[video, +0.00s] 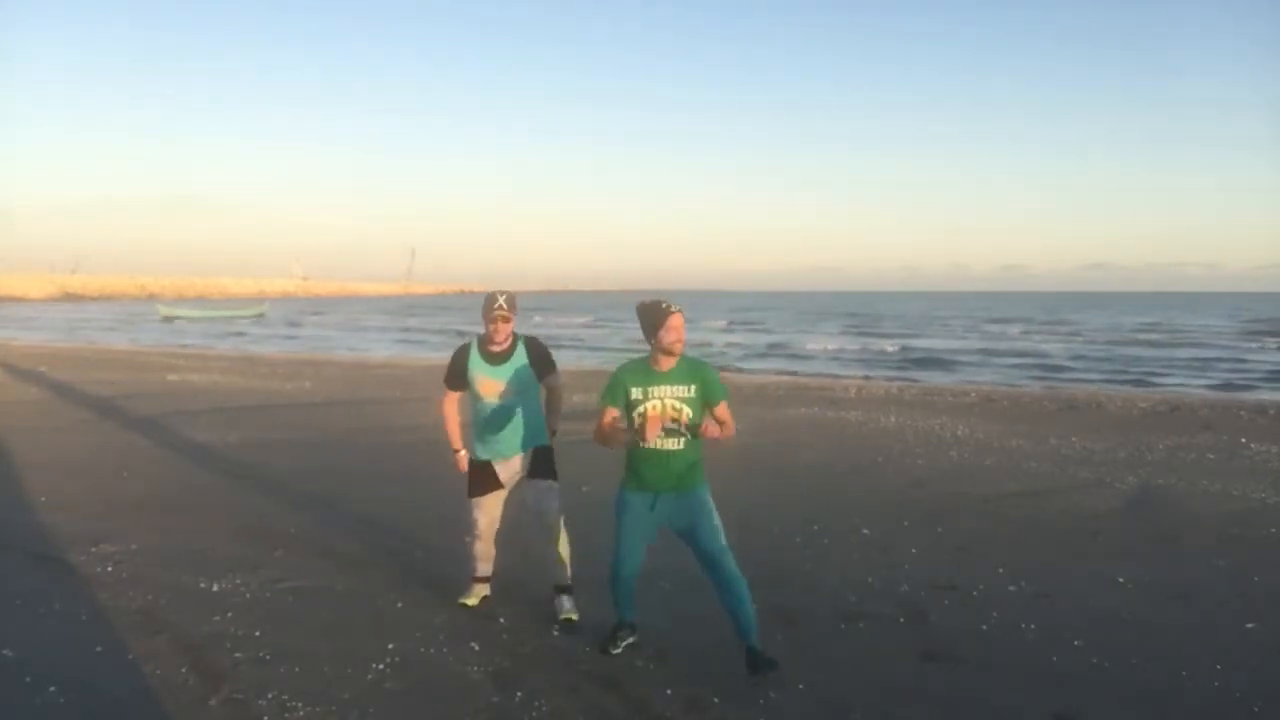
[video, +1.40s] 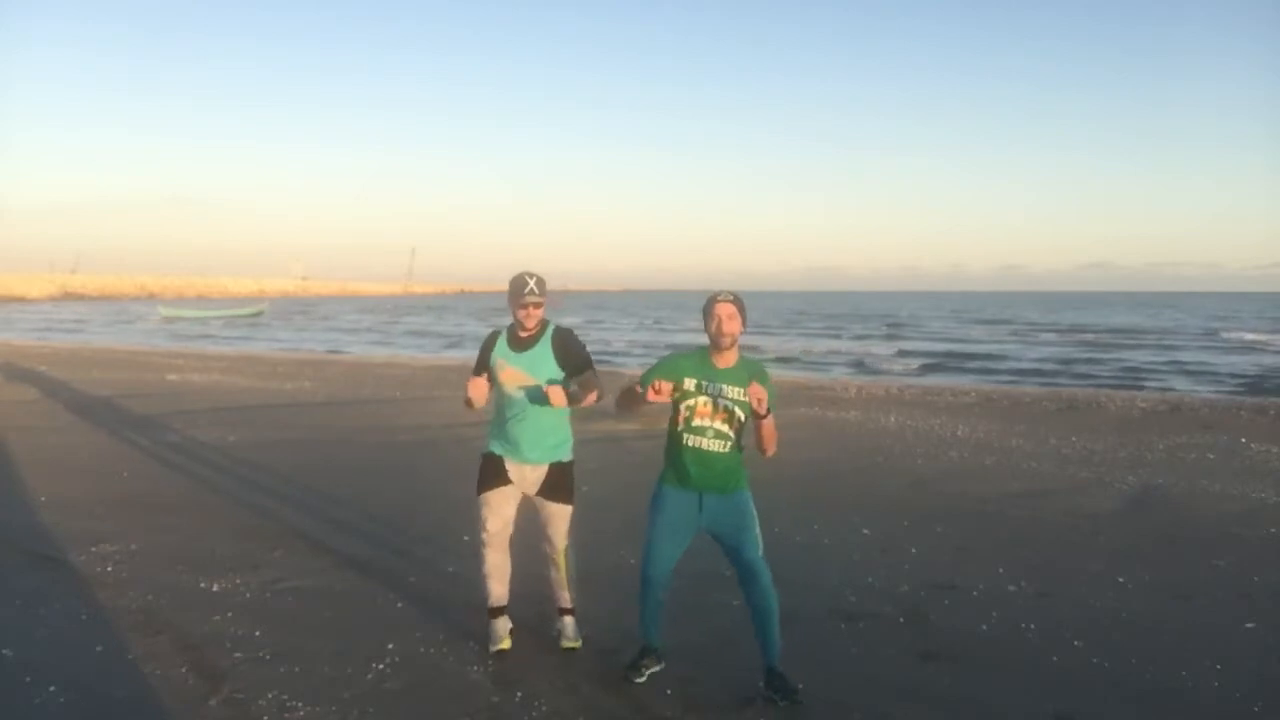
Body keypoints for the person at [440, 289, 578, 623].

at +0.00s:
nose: (499, 327)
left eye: (505, 320)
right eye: (493, 320)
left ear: (514, 321)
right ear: (484, 321)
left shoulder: (532, 349)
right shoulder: (465, 356)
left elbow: (554, 387)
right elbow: (450, 401)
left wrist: (551, 426)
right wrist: (457, 447)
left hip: (534, 450)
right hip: (487, 455)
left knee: (553, 520)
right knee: (482, 524)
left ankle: (563, 593)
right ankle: (480, 583)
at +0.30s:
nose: (524, 316)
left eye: (531, 309)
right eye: (518, 309)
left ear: (540, 310)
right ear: (508, 311)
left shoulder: (560, 340)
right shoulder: (492, 348)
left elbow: (587, 380)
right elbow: (474, 393)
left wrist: (587, 422)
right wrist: (484, 440)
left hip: (562, 450)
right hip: (514, 454)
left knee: (573, 529)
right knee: (499, 525)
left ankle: (581, 606)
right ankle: (481, 576)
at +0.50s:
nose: (548, 315)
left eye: (555, 308)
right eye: (542, 308)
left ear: (564, 308)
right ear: (532, 309)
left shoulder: (582, 343)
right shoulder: (513, 348)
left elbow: (610, 389)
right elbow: (493, 395)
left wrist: (617, 431)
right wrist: (494, 439)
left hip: (574, 454)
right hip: (527, 456)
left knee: (576, 532)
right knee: (523, 532)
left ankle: (581, 609)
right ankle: (529, 591)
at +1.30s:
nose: (536, 311)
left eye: (542, 304)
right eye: (529, 304)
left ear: (550, 304)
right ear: (516, 303)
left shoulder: (566, 339)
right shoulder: (496, 341)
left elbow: (590, 393)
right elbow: (477, 398)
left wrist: (575, 401)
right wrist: (479, 397)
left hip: (559, 458)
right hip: (508, 457)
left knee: (563, 543)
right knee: (508, 544)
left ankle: (568, 615)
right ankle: (511, 625)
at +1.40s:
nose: (529, 312)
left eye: (536, 305)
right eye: (522, 305)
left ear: (545, 305)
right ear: (510, 306)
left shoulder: (563, 340)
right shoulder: (495, 343)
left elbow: (593, 390)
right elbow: (475, 402)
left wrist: (569, 397)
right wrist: (474, 394)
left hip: (553, 459)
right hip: (502, 456)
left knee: (557, 544)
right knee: (493, 535)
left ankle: (566, 616)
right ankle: (497, 617)